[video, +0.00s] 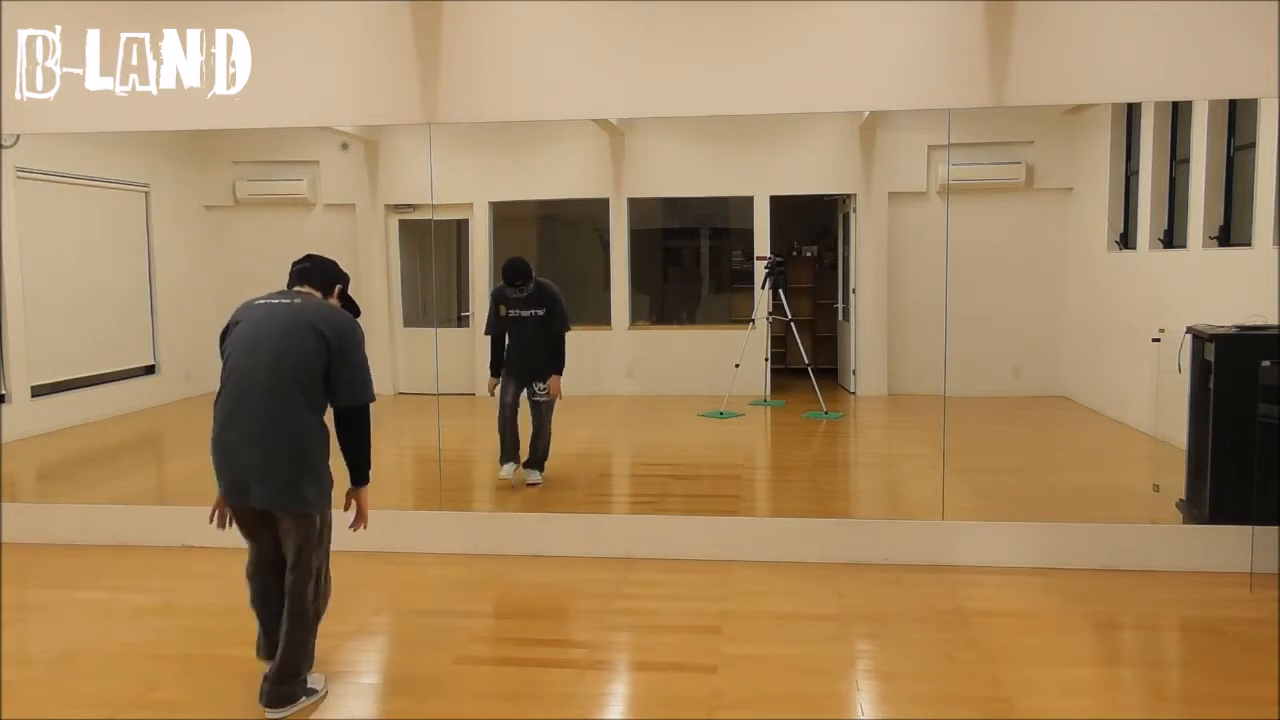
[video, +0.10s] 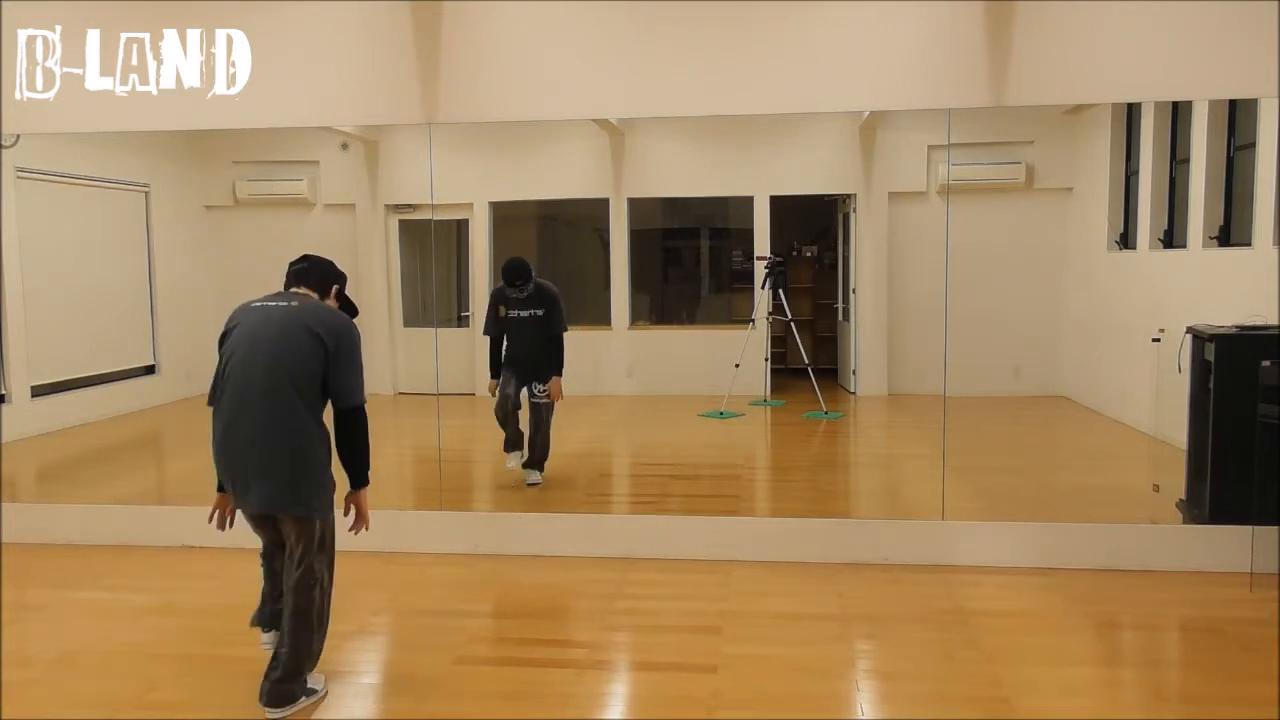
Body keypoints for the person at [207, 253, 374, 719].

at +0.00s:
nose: (342, 306)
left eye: (342, 302)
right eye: (344, 301)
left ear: (292, 283)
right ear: (334, 293)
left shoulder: (245, 313)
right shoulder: (337, 323)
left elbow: (230, 399)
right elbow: (352, 408)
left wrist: (227, 480)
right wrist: (359, 481)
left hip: (236, 462)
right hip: (296, 463)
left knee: (265, 553)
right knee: (306, 573)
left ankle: (270, 644)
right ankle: (284, 688)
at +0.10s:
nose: (339, 307)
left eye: (339, 302)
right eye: (341, 301)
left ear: (290, 285)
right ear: (330, 293)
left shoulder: (242, 314)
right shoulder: (335, 325)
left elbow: (220, 400)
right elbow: (349, 409)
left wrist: (225, 480)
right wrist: (358, 482)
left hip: (238, 459)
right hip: (296, 460)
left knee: (274, 542)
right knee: (308, 572)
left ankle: (273, 623)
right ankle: (284, 687)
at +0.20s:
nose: (338, 297)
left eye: (339, 293)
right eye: (339, 291)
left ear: (286, 275)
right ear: (328, 283)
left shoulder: (237, 301)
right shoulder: (334, 308)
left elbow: (225, 388)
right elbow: (352, 396)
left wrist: (226, 461)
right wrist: (364, 464)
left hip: (238, 452)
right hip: (295, 453)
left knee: (270, 548)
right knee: (308, 571)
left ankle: (269, 625)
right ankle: (283, 687)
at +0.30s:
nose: (337, 291)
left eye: (338, 286)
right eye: (338, 285)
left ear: (289, 264)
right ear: (329, 275)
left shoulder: (237, 284)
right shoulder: (334, 294)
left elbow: (221, 361)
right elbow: (360, 378)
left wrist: (245, 414)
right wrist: (368, 443)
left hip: (233, 448)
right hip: (295, 451)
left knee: (257, 560)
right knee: (304, 571)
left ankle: (258, 649)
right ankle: (283, 688)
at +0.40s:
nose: (337, 292)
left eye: (338, 287)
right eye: (337, 286)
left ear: (287, 267)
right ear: (329, 278)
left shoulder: (238, 287)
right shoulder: (334, 299)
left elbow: (223, 362)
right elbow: (367, 379)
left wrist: (254, 412)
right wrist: (376, 447)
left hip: (230, 457)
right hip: (295, 461)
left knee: (241, 570)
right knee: (299, 574)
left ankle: (244, 678)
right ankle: (284, 689)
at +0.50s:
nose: (340, 294)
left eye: (340, 289)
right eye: (340, 287)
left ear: (288, 269)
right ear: (329, 279)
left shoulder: (237, 292)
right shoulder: (336, 305)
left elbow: (220, 372)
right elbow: (357, 385)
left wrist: (243, 423)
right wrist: (377, 444)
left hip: (225, 452)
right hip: (289, 456)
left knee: (233, 570)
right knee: (298, 573)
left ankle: (242, 677)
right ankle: (283, 688)